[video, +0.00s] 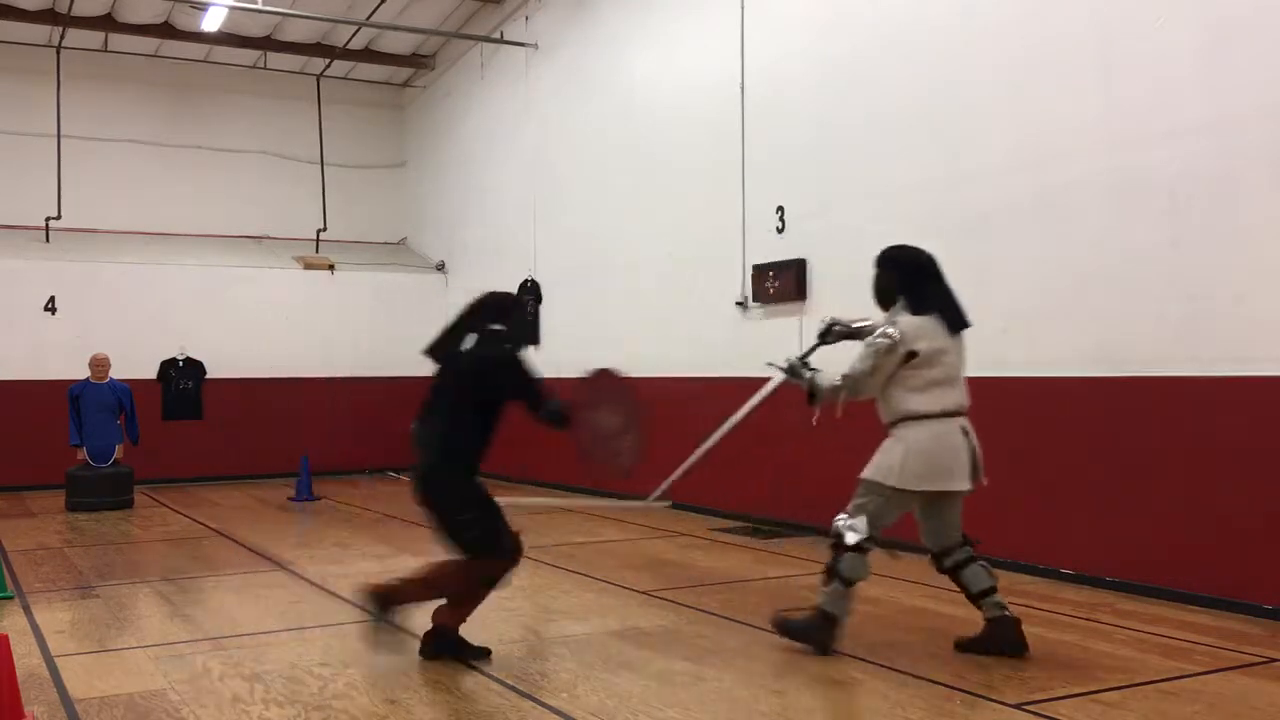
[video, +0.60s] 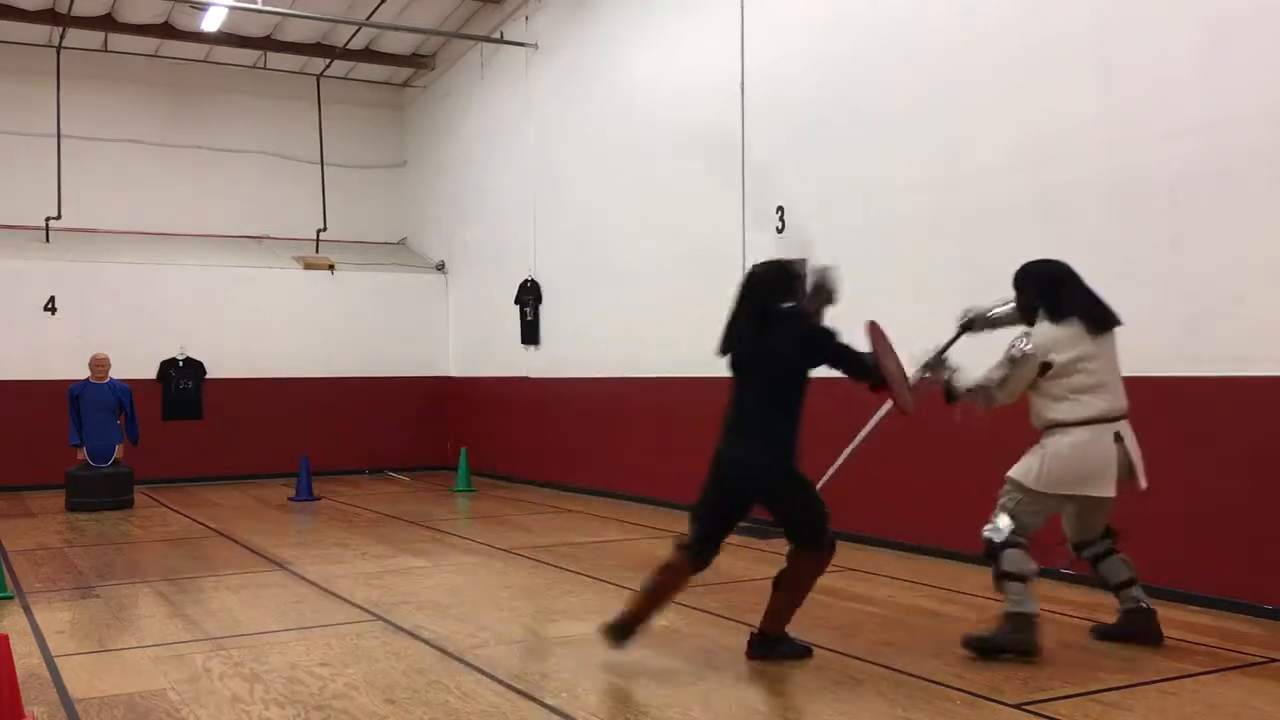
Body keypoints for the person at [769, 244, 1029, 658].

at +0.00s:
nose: (874, 285)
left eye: (879, 277)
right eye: (876, 276)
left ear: (895, 282)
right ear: (923, 280)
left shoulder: (897, 331)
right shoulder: (946, 324)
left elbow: (858, 382)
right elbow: (903, 334)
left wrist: (812, 381)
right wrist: (855, 329)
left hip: (913, 445)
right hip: (954, 441)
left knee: (854, 528)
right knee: (947, 545)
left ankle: (825, 622)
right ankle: (1002, 624)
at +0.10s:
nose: (892, 279)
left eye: (896, 271)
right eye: (894, 271)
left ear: (912, 275)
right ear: (941, 273)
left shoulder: (910, 323)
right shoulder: (966, 313)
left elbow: (871, 373)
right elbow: (922, 323)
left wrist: (827, 374)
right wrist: (875, 315)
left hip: (938, 433)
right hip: (982, 432)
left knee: (876, 514)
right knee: (941, 527)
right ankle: (993, 611)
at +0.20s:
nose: (912, 289)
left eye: (916, 281)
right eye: (912, 280)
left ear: (930, 283)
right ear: (962, 278)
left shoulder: (925, 330)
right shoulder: (987, 315)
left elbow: (877, 376)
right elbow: (932, 310)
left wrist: (835, 364)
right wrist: (886, 312)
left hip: (957, 440)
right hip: (1002, 436)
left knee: (903, 529)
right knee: (956, 522)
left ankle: (903, 630)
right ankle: (1009, 592)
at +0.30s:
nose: (943, 292)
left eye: (949, 284)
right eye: (945, 283)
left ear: (964, 289)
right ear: (993, 286)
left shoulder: (957, 336)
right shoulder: (1016, 326)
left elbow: (905, 376)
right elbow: (948, 316)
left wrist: (860, 377)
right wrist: (895, 319)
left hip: (978, 445)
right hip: (1022, 443)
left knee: (912, 527)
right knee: (993, 527)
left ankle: (905, 632)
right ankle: (1064, 582)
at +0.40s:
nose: (979, 297)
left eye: (984, 290)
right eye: (981, 288)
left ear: (1000, 295)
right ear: (1028, 291)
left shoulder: (998, 339)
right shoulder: (1050, 329)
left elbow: (947, 377)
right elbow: (973, 323)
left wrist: (894, 392)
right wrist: (920, 338)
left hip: (1011, 448)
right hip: (1052, 446)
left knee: (954, 531)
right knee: (1039, 542)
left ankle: (916, 628)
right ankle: (1119, 601)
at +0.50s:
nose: (999, 305)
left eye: (1004, 298)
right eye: (1000, 297)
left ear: (1020, 303)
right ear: (1052, 297)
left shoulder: (1019, 349)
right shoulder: (1075, 333)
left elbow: (971, 390)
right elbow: (1008, 323)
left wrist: (920, 397)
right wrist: (955, 336)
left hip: (1047, 455)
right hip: (1089, 450)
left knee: (987, 536)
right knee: (1076, 545)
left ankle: (954, 624)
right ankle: (1135, 611)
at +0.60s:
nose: (1019, 302)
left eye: (1022, 296)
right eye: (1019, 296)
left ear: (1037, 298)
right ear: (1068, 289)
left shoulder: (1036, 341)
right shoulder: (1097, 322)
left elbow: (995, 389)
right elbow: (1037, 308)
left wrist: (952, 377)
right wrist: (987, 317)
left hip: (1066, 449)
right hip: (1113, 444)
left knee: (1003, 531)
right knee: (1089, 536)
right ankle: (1138, 613)